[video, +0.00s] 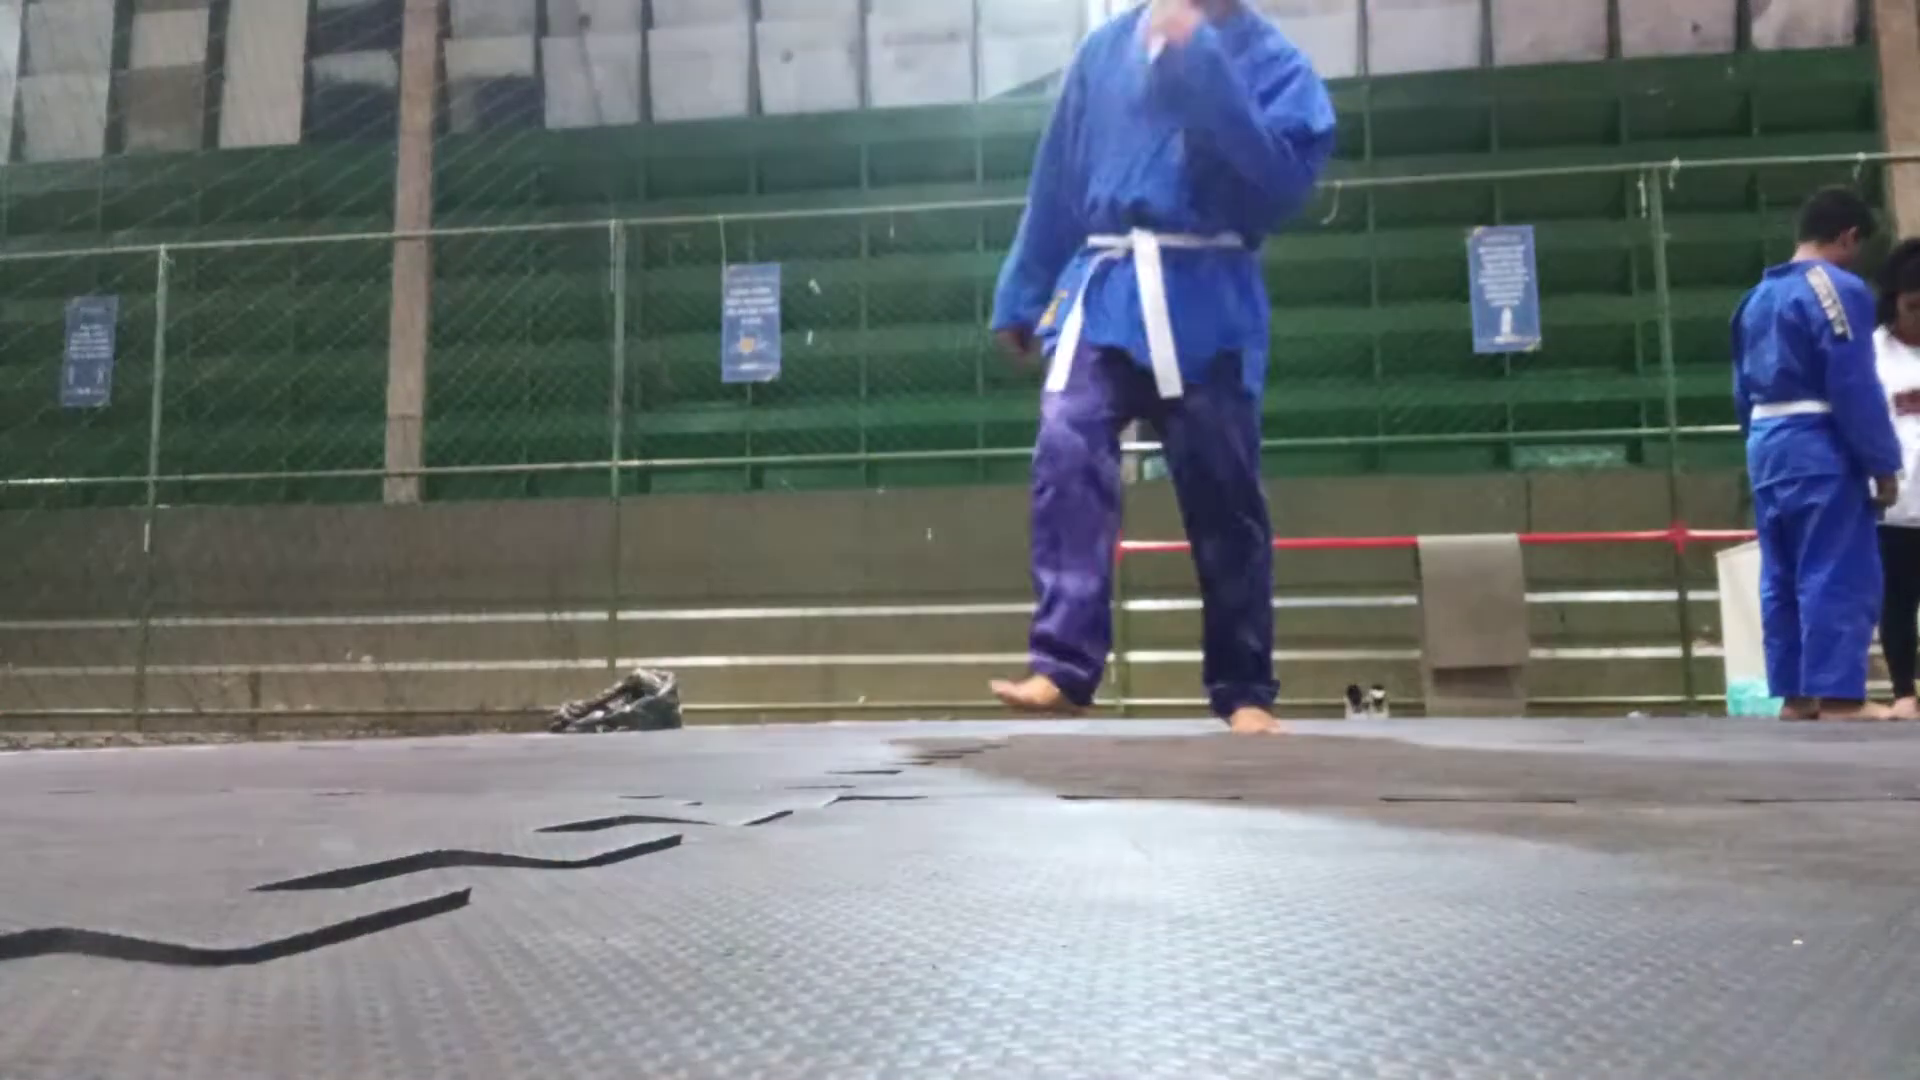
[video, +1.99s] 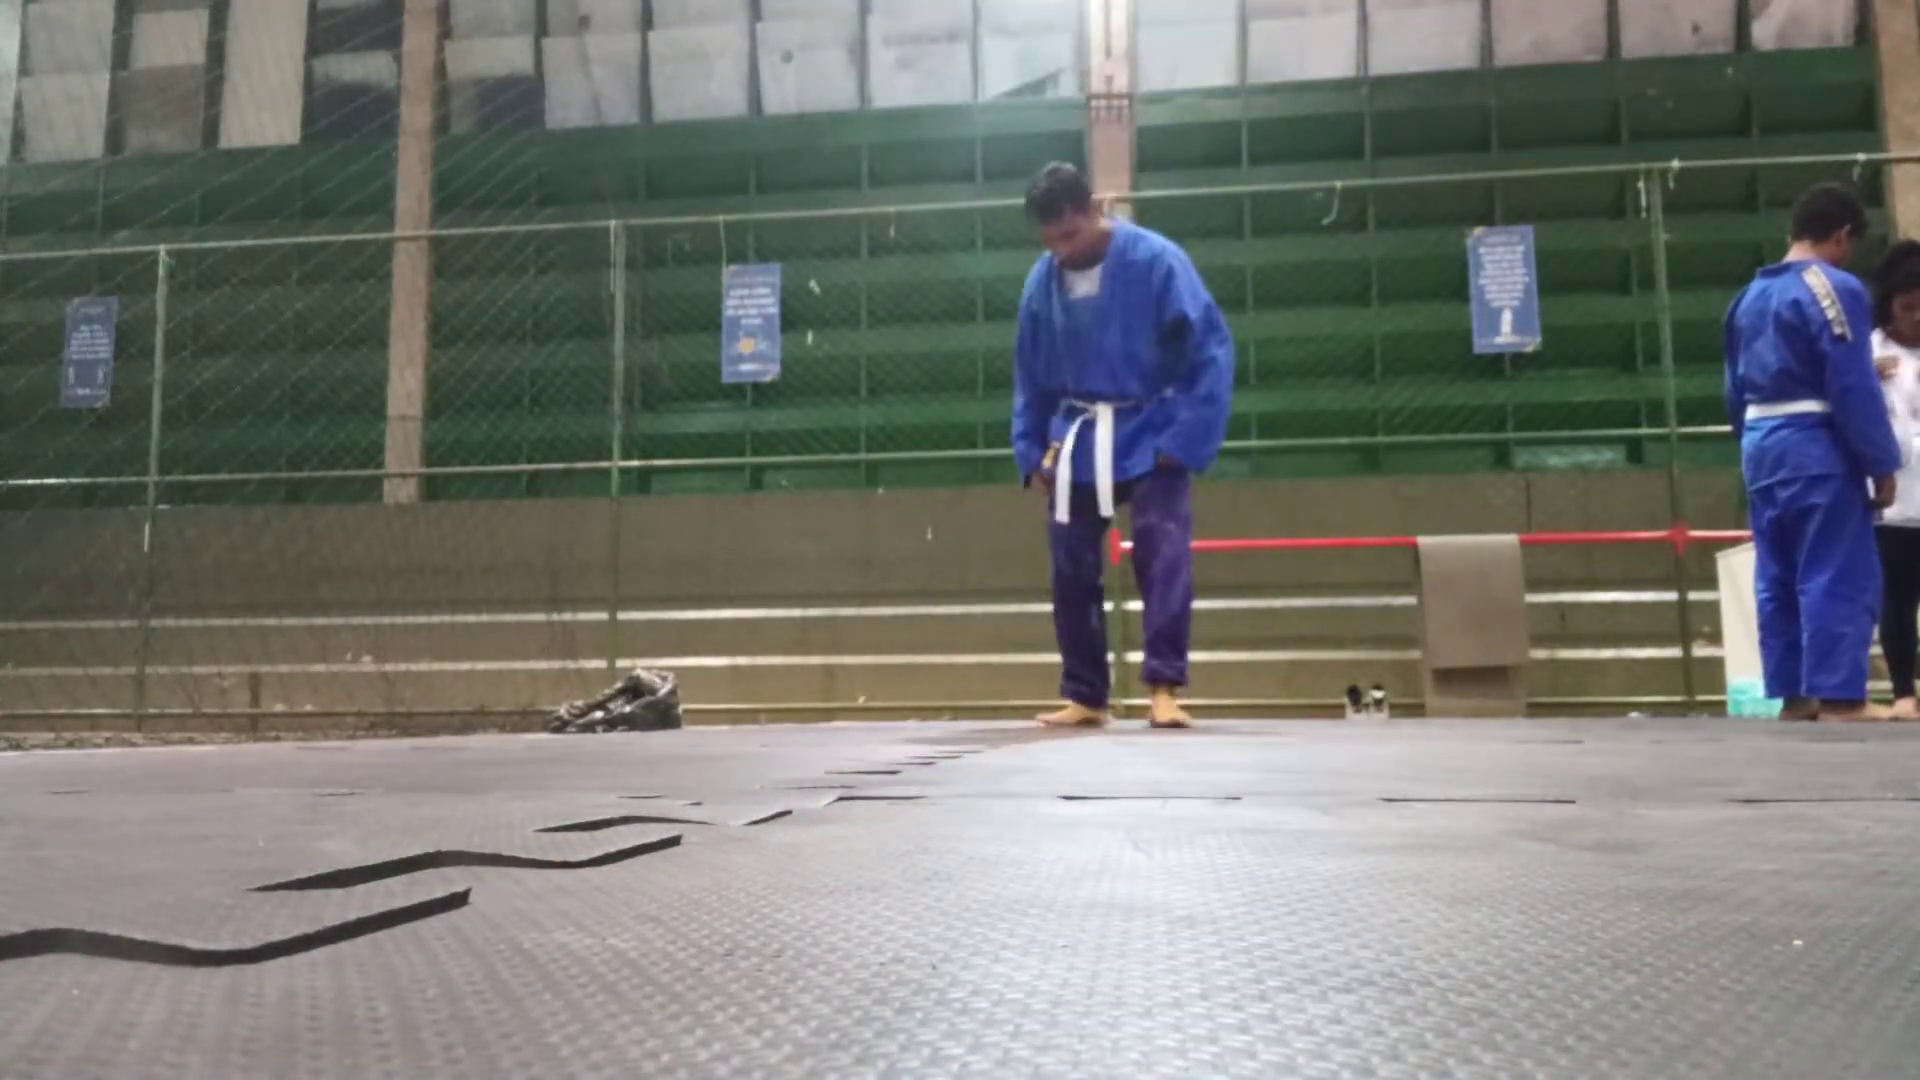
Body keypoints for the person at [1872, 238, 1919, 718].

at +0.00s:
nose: (1917, 315)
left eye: (1919, 305)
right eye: (1911, 305)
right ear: (1893, 305)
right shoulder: (1871, 350)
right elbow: (1854, 408)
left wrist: (1898, 401)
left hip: (1913, 499)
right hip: (1894, 500)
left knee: (1907, 604)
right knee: (1898, 604)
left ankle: (1908, 689)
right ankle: (1904, 690)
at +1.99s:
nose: (1914, 316)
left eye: (1917, 307)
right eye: (1907, 307)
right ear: (1889, 307)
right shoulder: (1872, 349)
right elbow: (1841, 397)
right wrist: (1866, 376)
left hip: (1912, 497)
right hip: (1894, 497)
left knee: (1906, 604)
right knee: (1898, 603)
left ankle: (1908, 688)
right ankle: (1904, 689)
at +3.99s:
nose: (1917, 314)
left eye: (1917, 303)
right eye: (1911, 303)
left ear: (1906, 307)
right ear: (1892, 304)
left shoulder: (1890, 356)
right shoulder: (1875, 353)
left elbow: (1869, 414)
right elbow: (1865, 412)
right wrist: (1880, 465)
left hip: (1911, 499)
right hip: (1896, 500)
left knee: (1906, 605)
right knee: (1899, 605)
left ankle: (1908, 690)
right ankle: (1903, 691)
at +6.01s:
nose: (1915, 321)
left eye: (1916, 311)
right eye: (1908, 311)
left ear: (1915, 313)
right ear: (1889, 311)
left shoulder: (1898, 362)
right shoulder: (1874, 360)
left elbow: (1873, 421)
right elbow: (1863, 422)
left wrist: (1897, 417)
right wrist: (1901, 415)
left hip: (1912, 506)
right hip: (1895, 505)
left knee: (1906, 608)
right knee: (1898, 608)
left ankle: (1908, 691)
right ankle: (1904, 691)